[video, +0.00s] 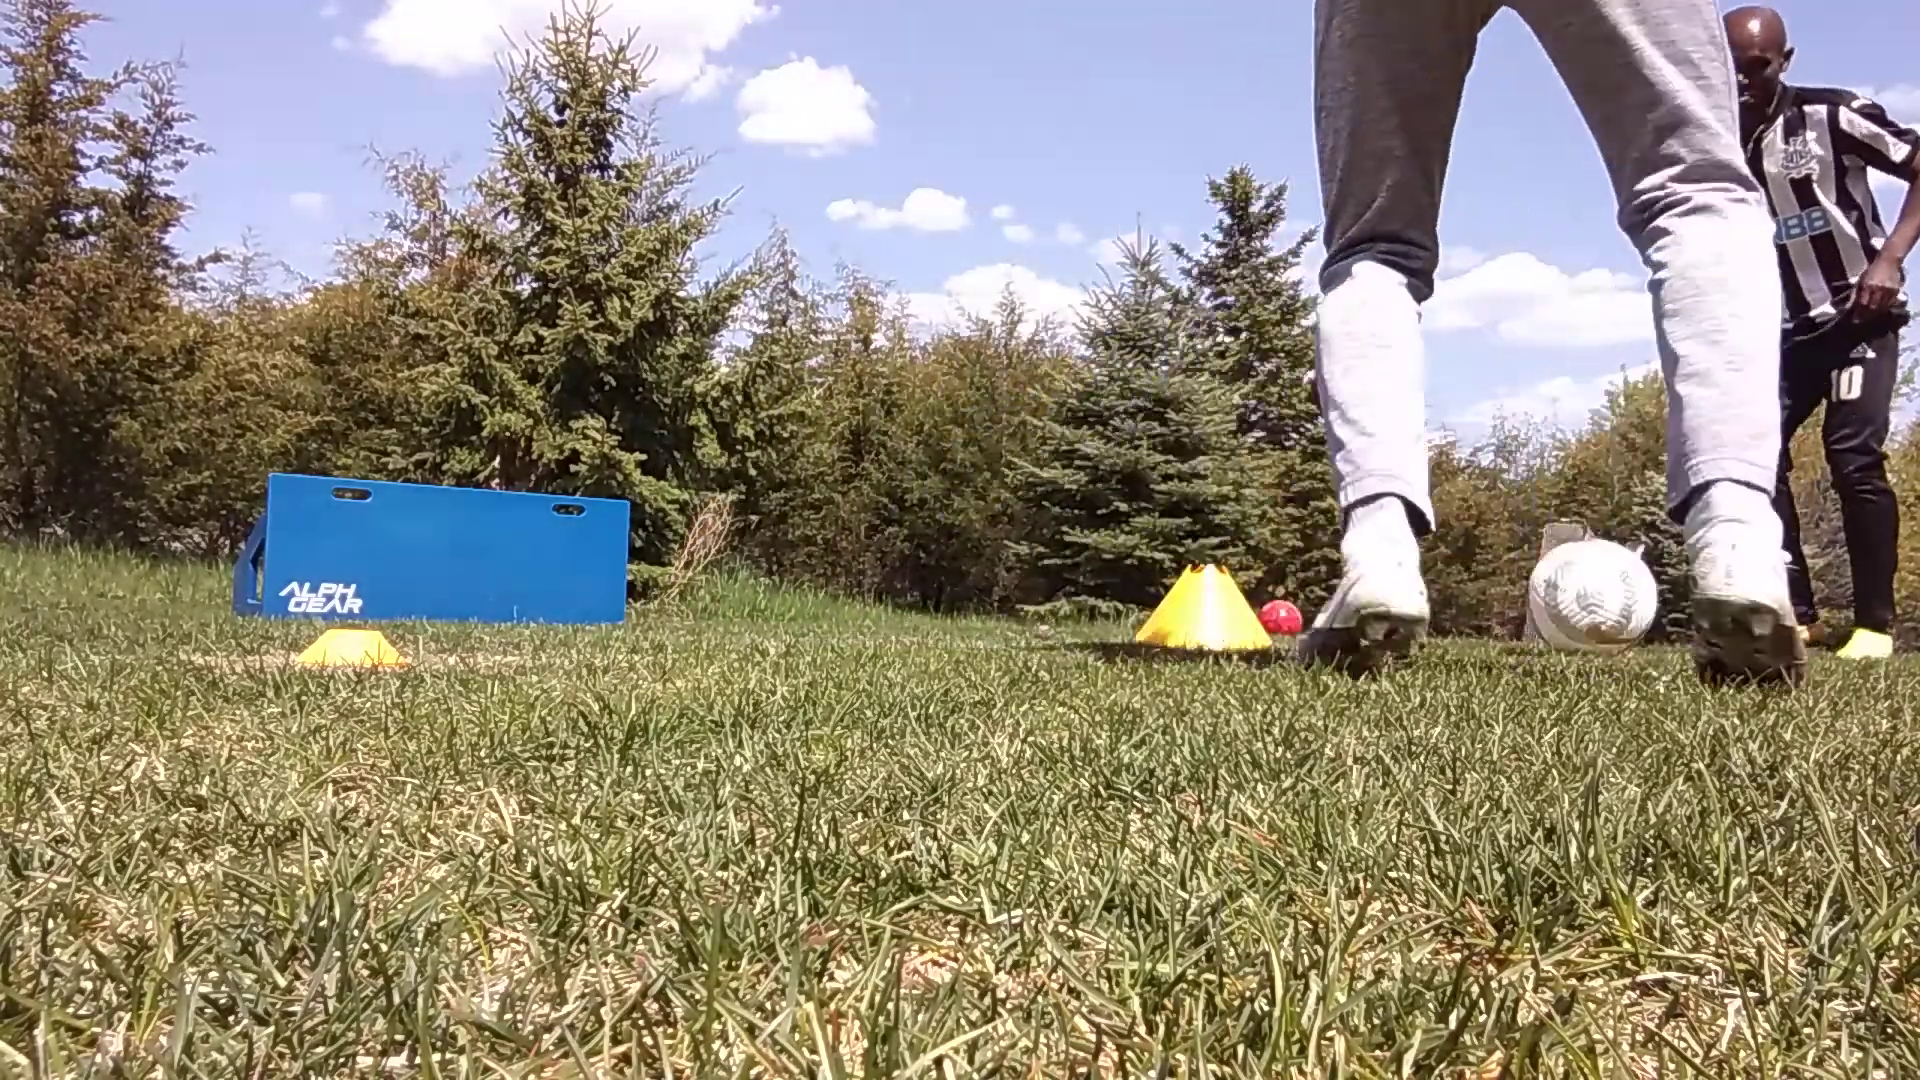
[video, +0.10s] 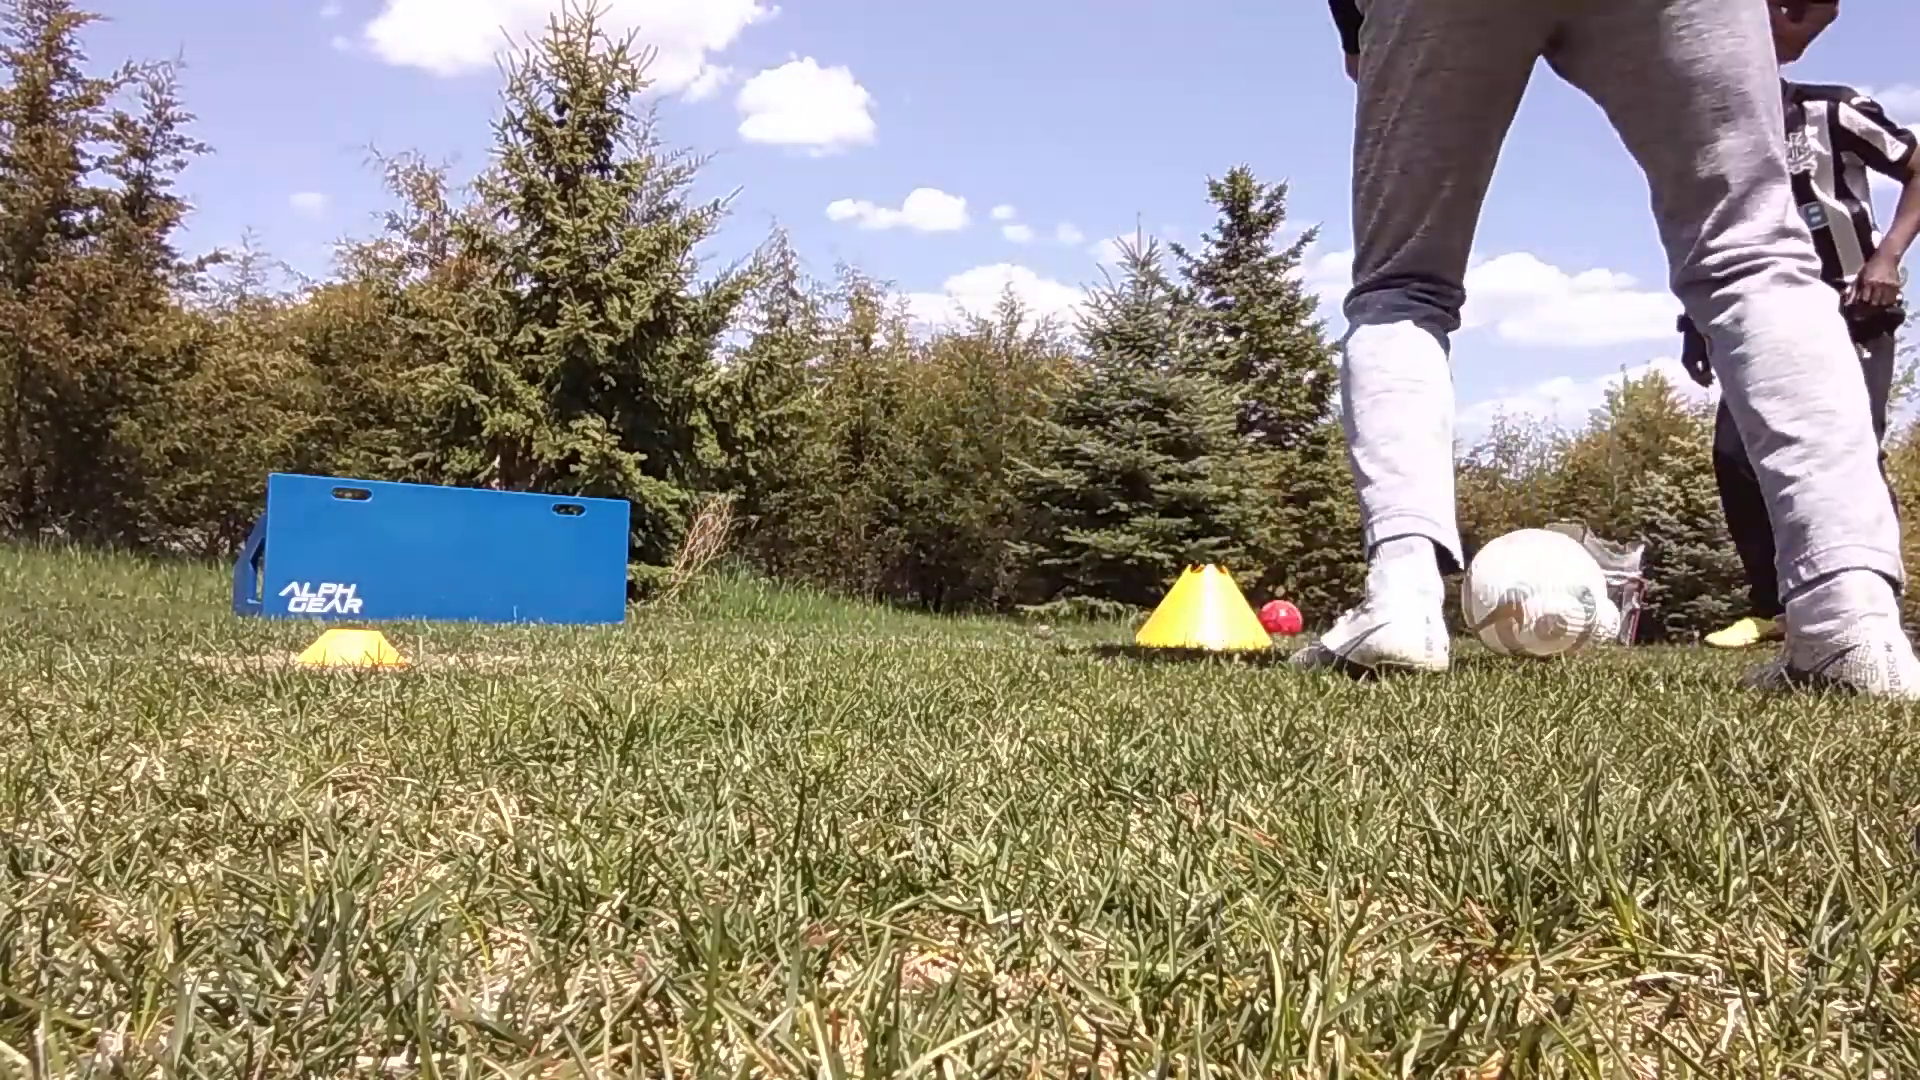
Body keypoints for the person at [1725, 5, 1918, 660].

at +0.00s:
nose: (1748, 81)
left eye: (1760, 67)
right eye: (1737, 68)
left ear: (1785, 60)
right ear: (1722, 64)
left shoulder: (1837, 113)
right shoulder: (1721, 138)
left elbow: (1917, 168)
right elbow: (1711, 230)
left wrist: (1889, 258)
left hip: (1861, 318)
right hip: (1787, 332)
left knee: (1853, 462)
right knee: (1755, 455)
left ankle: (1874, 625)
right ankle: (1795, 614)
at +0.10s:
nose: (1781, 16)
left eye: (1799, 8)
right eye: (1775, 5)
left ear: (1820, 22)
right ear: (1753, 13)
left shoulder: (1836, 107)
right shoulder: (1719, 121)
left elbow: (1916, 165)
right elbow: (1703, 224)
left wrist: (1887, 256)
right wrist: (1700, 314)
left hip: (1851, 309)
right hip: (1761, 313)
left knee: (1849, 452)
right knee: (1736, 453)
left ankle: (1861, 601)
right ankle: (1770, 603)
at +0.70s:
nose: (1650, 58)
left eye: (1665, 47)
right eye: (1641, 50)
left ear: (1698, 60)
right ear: (1631, 67)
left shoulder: (1747, 119)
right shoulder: (1611, 160)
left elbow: (1820, 194)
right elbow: (1607, 259)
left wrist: (1783, 256)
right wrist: (1595, 334)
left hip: (1756, 327)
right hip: (1675, 346)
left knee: (1769, 462)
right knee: (1676, 478)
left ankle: (1809, 602)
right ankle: (1676, 623)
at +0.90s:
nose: (1649, 58)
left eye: (1664, 47)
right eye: (1640, 50)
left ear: (1696, 57)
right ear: (1629, 66)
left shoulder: (1745, 122)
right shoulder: (1608, 157)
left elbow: (1816, 197)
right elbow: (1602, 251)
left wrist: (1790, 266)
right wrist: (1563, 329)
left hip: (1744, 329)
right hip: (1665, 346)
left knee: (1742, 468)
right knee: (1676, 488)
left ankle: (1759, 621)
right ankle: (1682, 626)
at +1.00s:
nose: (1653, 54)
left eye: (1669, 44)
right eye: (1646, 46)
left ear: (1704, 53)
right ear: (1636, 61)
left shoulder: (1748, 122)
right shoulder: (1614, 149)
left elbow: (1817, 203)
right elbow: (1614, 247)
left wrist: (1782, 278)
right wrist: (1581, 324)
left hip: (1740, 330)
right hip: (1660, 344)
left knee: (1744, 469)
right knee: (1666, 487)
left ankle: (1762, 621)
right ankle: (1682, 625)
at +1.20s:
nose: (1643, 61)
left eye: (1659, 50)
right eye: (1640, 50)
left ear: (1703, 58)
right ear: (1639, 60)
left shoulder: (1747, 133)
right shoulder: (1618, 142)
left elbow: (1808, 221)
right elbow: (1622, 232)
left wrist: (1752, 297)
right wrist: (1593, 306)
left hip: (1724, 337)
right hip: (1643, 344)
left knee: (1738, 470)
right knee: (1610, 461)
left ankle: (1763, 622)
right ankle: (1663, 608)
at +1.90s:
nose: (1425, 168)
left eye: (1437, 155)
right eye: (1418, 158)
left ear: (1473, 153)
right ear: (1414, 162)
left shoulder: (1531, 203)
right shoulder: (1418, 229)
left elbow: (1601, 261)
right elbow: (1433, 303)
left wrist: (1571, 343)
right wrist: (1402, 376)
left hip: (1551, 370)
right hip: (1482, 381)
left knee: (1582, 480)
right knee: (1439, 490)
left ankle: (1641, 617)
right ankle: (1422, 622)